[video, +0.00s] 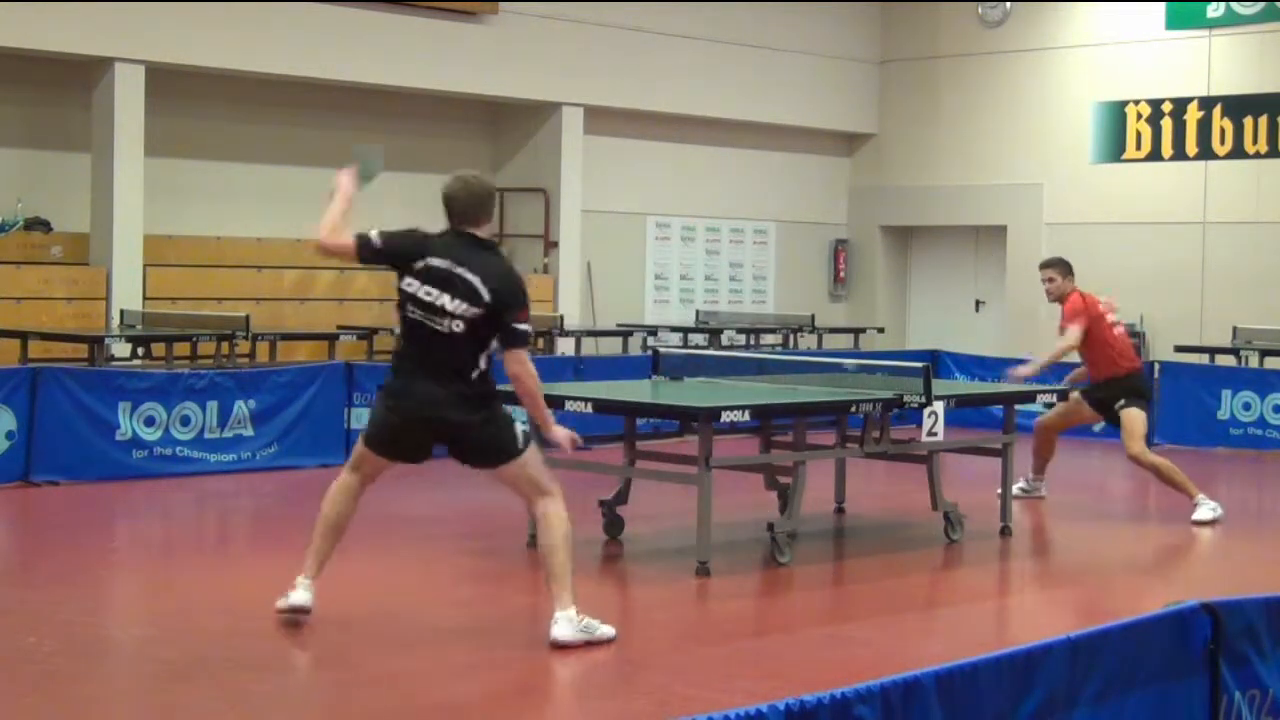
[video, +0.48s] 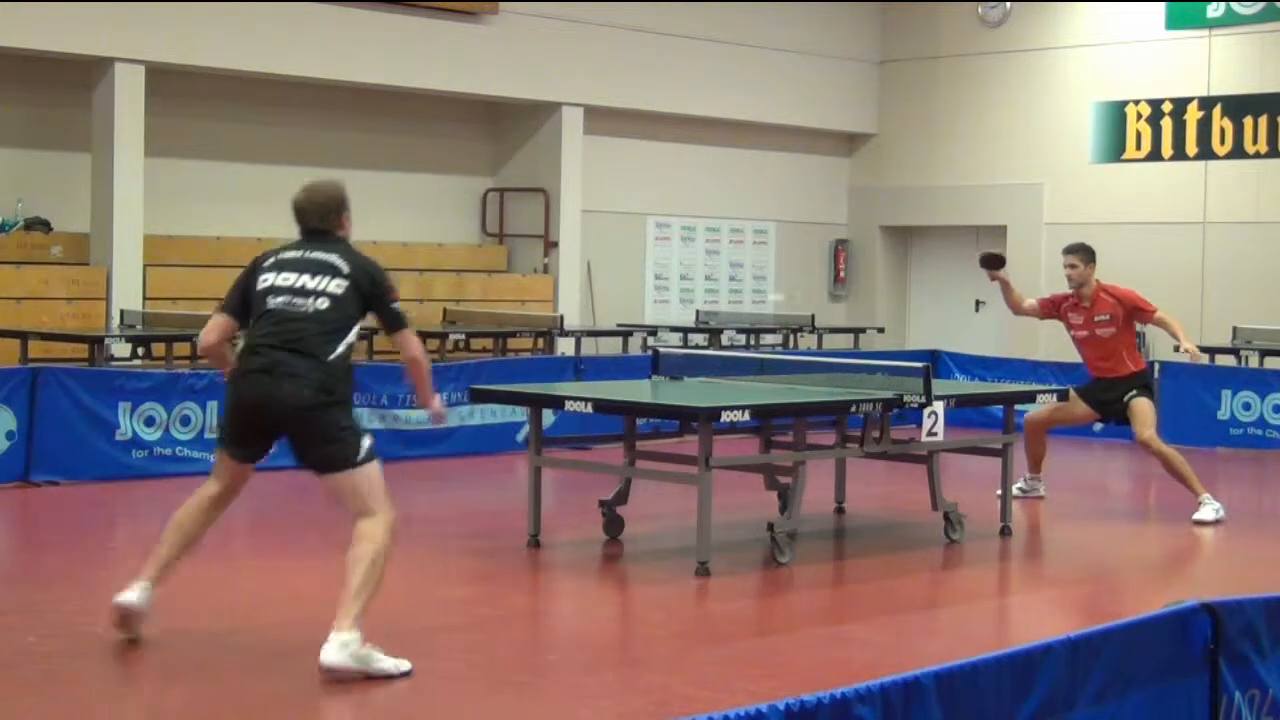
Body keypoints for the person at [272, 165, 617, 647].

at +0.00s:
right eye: (493, 209)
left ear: (448, 212)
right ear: (494, 214)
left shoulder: (417, 246)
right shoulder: (505, 279)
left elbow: (330, 242)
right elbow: (518, 366)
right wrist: (549, 425)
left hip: (405, 398)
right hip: (469, 408)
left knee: (355, 476)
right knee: (545, 494)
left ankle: (304, 584)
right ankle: (566, 615)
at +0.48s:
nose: (352, 223)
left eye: (348, 216)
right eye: (350, 217)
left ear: (299, 224)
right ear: (343, 222)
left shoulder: (265, 263)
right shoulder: (363, 270)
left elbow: (210, 340)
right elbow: (413, 352)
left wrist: (235, 369)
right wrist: (428, 401)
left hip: (250, 391)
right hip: (315, 399)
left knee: (217, 487)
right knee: (374, 514)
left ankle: (141, 587)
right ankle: (345, 638)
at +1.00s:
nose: (276, 229)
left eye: (276, 218)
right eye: (273, 218)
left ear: (224, 215)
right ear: (254, 216)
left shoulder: (187, 251)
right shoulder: (238, 244)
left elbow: (234, 339)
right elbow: (312, 298)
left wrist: (283, 359)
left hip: (128, 374)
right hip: (188, 373)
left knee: (134, 492)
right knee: (253, 489)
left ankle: (86, 613)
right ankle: (289, 622)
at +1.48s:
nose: (235, 186)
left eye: (231, 178)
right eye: (230, 179)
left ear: (183, 186)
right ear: (216, 186)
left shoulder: (146, 231)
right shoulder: (221, 241)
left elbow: (113, 304)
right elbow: (269, 315)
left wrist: (162, 322)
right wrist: (329, 359)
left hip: (116, 368)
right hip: (174, 377)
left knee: (116, 473)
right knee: (208, 496)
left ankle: (71, 590)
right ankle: (198, 630)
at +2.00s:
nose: (199, 219)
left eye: (195, 210)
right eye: (194, 211)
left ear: (146, 221)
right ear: (180, 219)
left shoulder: (110, 261)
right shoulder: (184, 268)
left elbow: (78, 334)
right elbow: (227, 353)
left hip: (68, 395)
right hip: (122, 400)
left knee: (96, 477)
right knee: (222, 486)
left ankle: (47, 592)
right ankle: (187, 617)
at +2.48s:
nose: (143, 146)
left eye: (136, 140)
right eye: (134, 143)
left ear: (104, 168)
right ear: (119, 163)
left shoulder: (74, 218)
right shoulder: (130, 223)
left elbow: (87, 304)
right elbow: (188, 303)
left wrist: (131, 362)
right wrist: (219, 282)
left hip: (61, 372)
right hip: (99, 376)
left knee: (109, 486)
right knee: (174, 484)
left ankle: (24, 581)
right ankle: (182, 624)